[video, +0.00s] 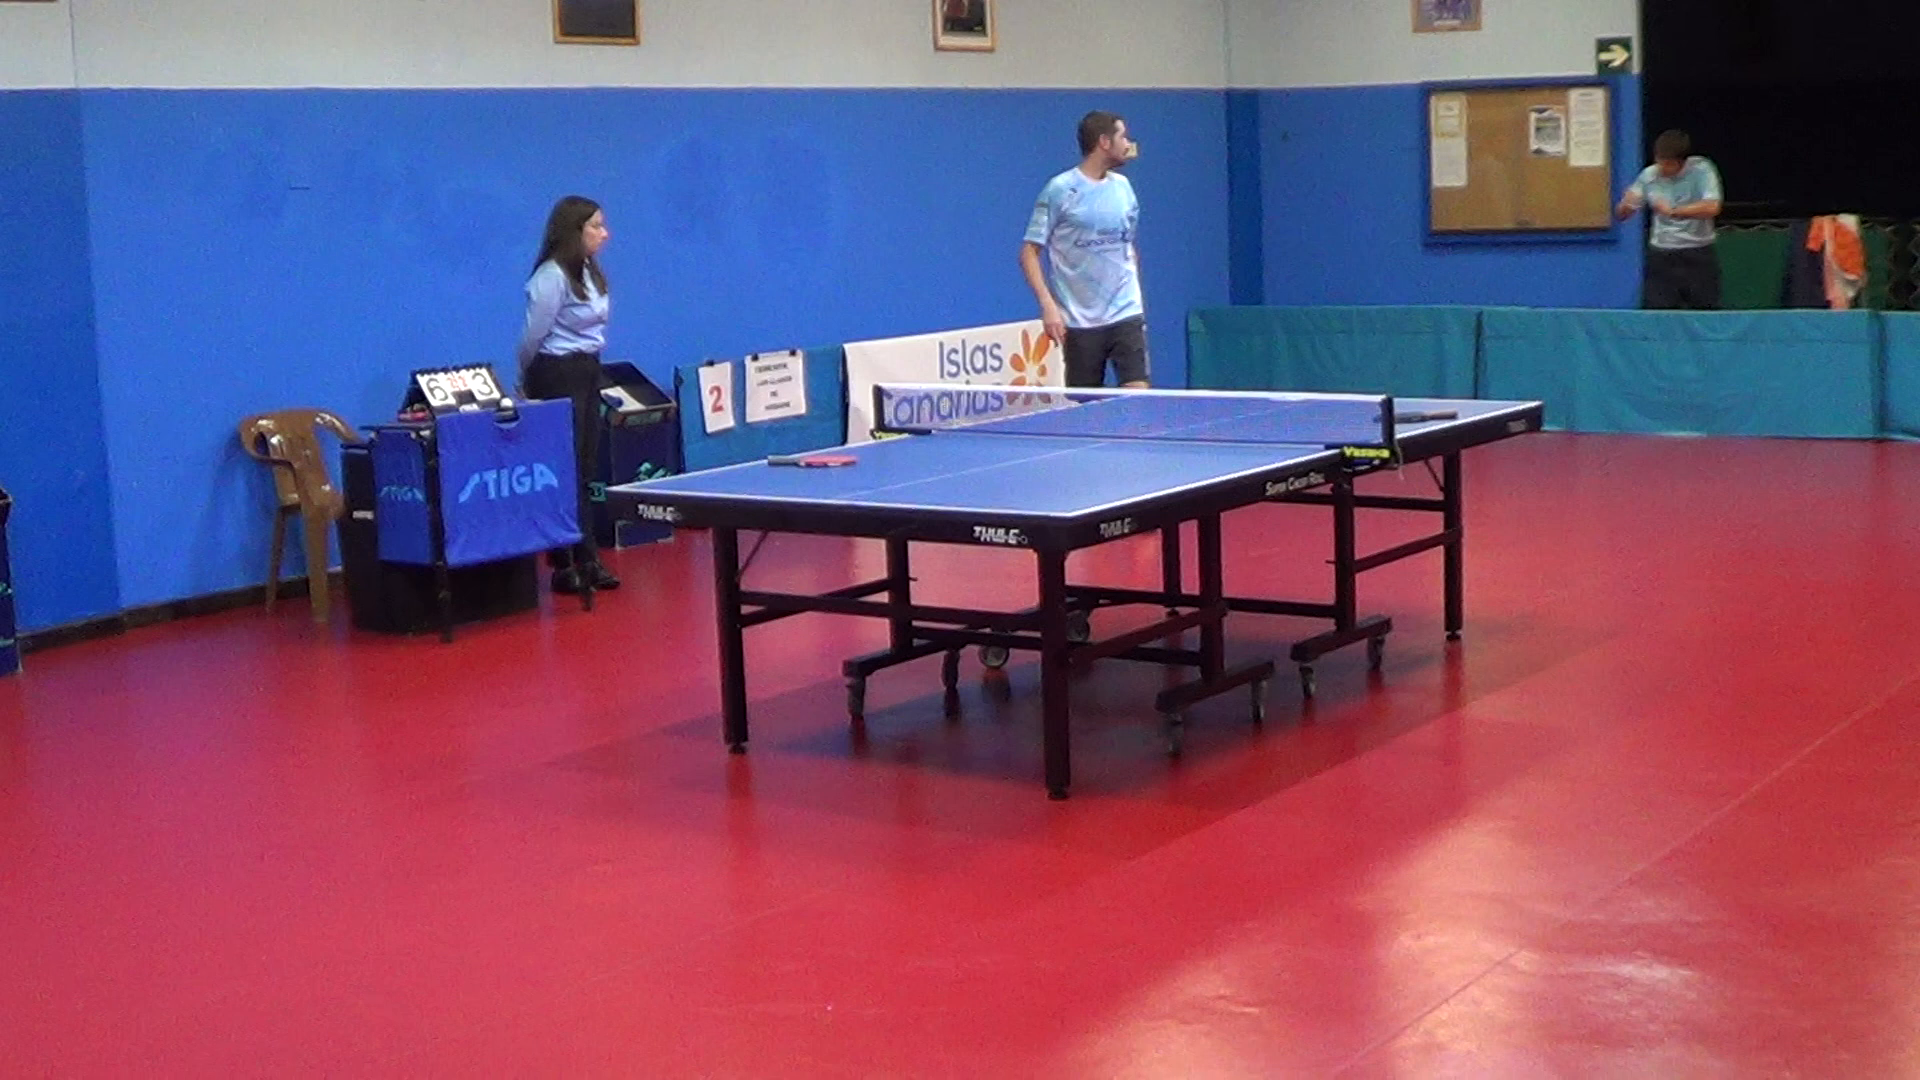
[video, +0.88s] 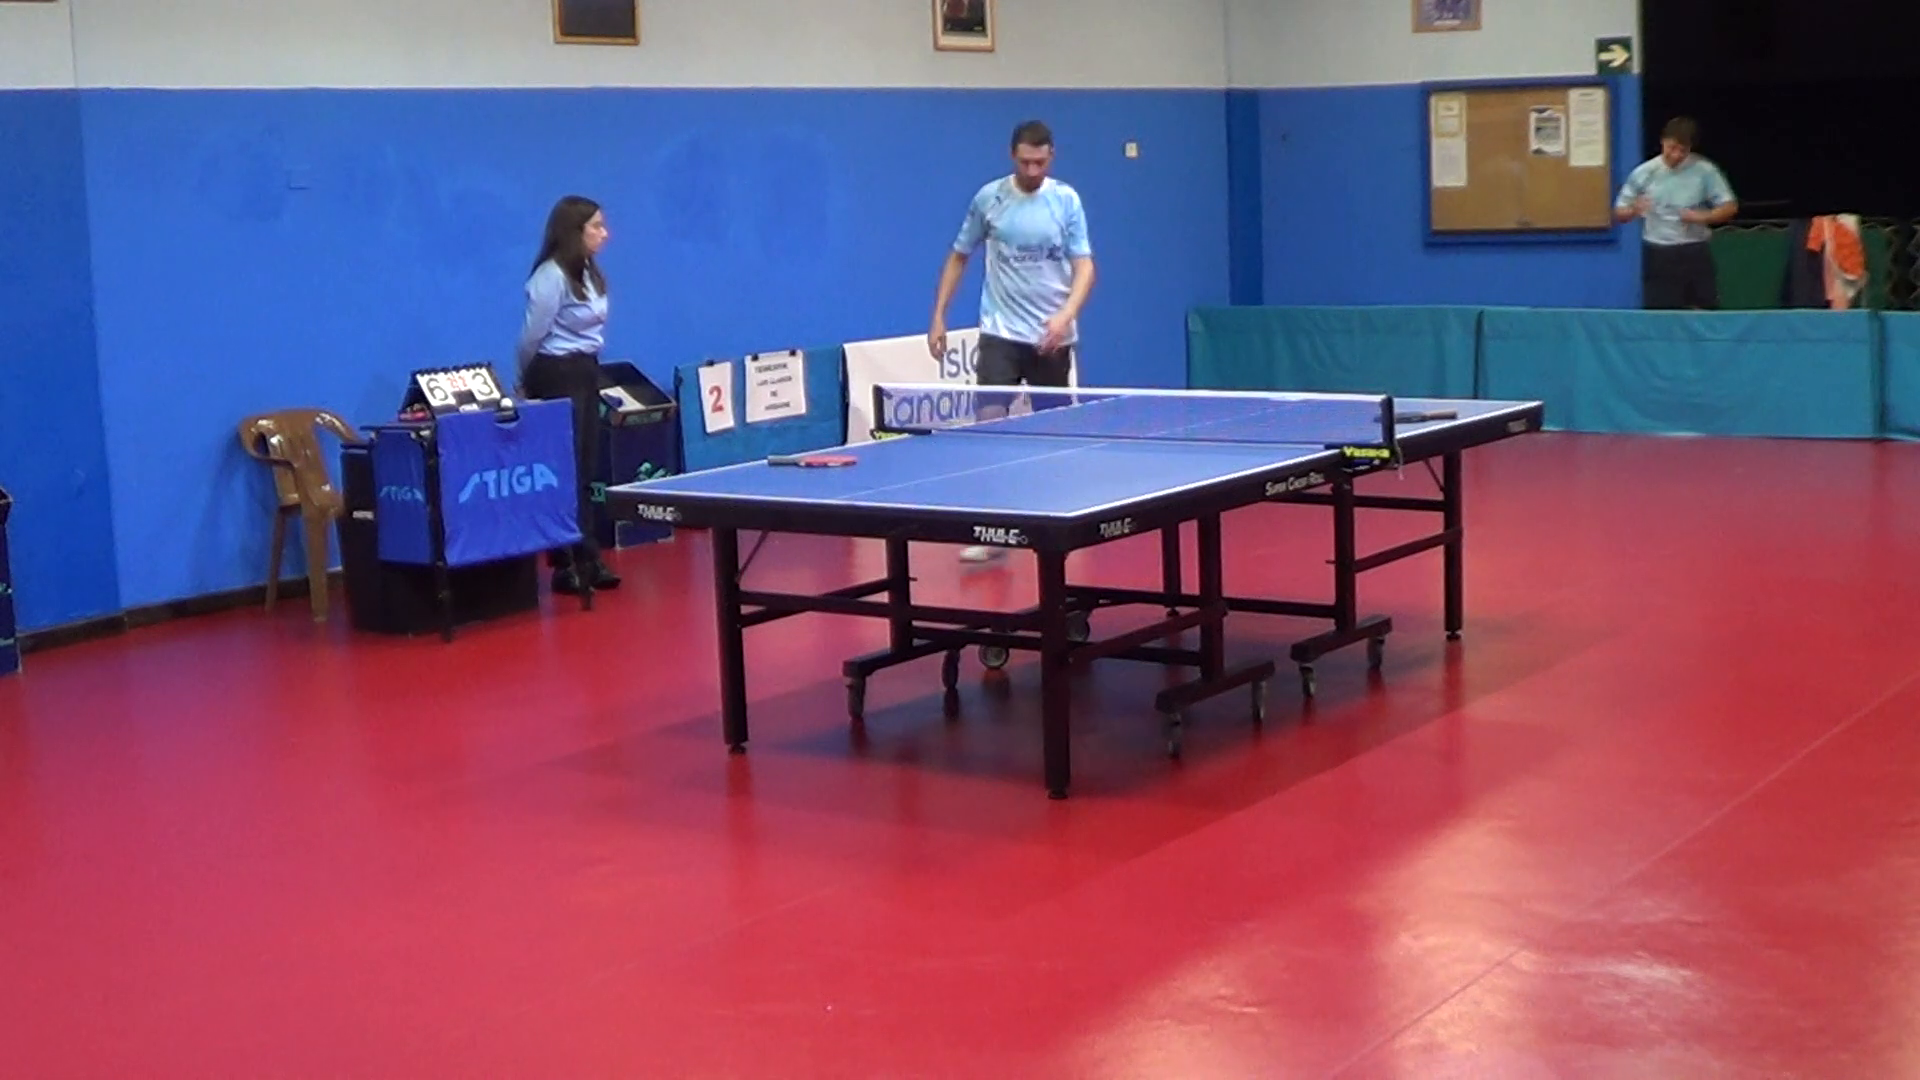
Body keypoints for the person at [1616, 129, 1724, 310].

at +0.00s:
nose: (1663, 168)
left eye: (1668, 164)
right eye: (1661, 163)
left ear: (1681, 161)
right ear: (1657, 159)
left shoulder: (1702, 169)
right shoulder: (1649, 174)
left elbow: (1712, 207)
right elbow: (1622, 214)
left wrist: (1673, 211)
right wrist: (1627, 205)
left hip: (1698, 254)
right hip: (1662, 255)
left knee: (1705, 314)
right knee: (1658, 315)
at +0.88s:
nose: (1676, 155)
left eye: (1682, 150)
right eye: (1672, 148)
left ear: (1690, 149)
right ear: (1662, 144)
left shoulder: (1705, 171)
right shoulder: (1645, 172)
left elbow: (1729, 207)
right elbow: (1619, 213)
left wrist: (1702, 217)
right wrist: (1635, 209)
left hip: (1695, 251)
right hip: (1658, 252)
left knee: (1703, 311)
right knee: (1660, 313)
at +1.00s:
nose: (1696, 150)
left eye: (1701, 145)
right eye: (1692, 143)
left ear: (1706, 146)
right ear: (1678, 139)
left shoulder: (1715, 174)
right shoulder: (1654, 173)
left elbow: (1736, 210)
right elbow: (1629, 212)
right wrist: (1647, 212)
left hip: (1703, 252)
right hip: (1664, 252)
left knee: (1706, 316)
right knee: (1664, 317)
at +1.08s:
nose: (1710, 148)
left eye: (1714, 142)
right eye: (1705, 141)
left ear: (1717, 143)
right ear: (1689, 139)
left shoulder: (1723, 176)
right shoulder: (1662, 173)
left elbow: (1735, 219)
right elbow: (1639, 211)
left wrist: (1745, 262)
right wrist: (1658, 215)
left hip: (1711, 252)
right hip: (1673, 252)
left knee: (1712, 315)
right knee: (1675, 316)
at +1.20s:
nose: (1730, 147)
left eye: (1733, 142)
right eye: (1725, 140)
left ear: (1735, 143)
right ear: (1706, 137)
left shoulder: (1736, 176)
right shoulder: (1676, 172)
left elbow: (1741, 221)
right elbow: (1651, 213)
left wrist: (1751, 262)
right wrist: (1678, 215)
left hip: (1721, 253)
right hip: (1686, 252)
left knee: (1724, 315)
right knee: (1687, 317)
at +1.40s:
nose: (1756, 154)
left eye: (1759, 148)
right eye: (1753, 147)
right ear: (1735, 141)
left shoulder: (1747, 176)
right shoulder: (1700, 170)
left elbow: (1746, 221)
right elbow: (1672, 214)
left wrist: (1753, 264)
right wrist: (1710, 217)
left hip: (1736, 251)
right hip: (1705, 249)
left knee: (1735, 314)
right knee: (1706, 315)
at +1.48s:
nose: (1763, 154)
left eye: (1766, 148)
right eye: (1761, 146)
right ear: (1744, 139)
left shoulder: (1749, 174)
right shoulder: (1708, 168)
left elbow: (1747, 223)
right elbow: (1682, 212)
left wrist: (1756, 262)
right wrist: (1724, 219)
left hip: (1739, 250)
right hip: (1711, 248)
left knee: (1739, 313)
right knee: (1716, 313)